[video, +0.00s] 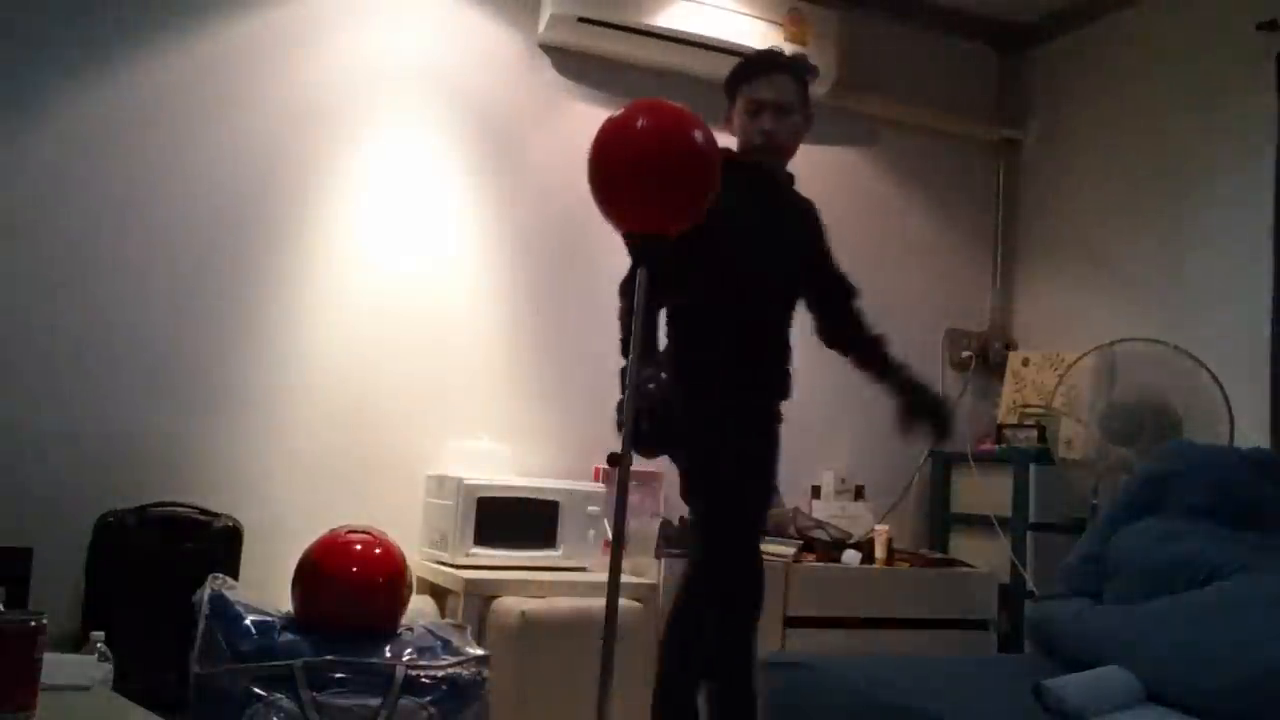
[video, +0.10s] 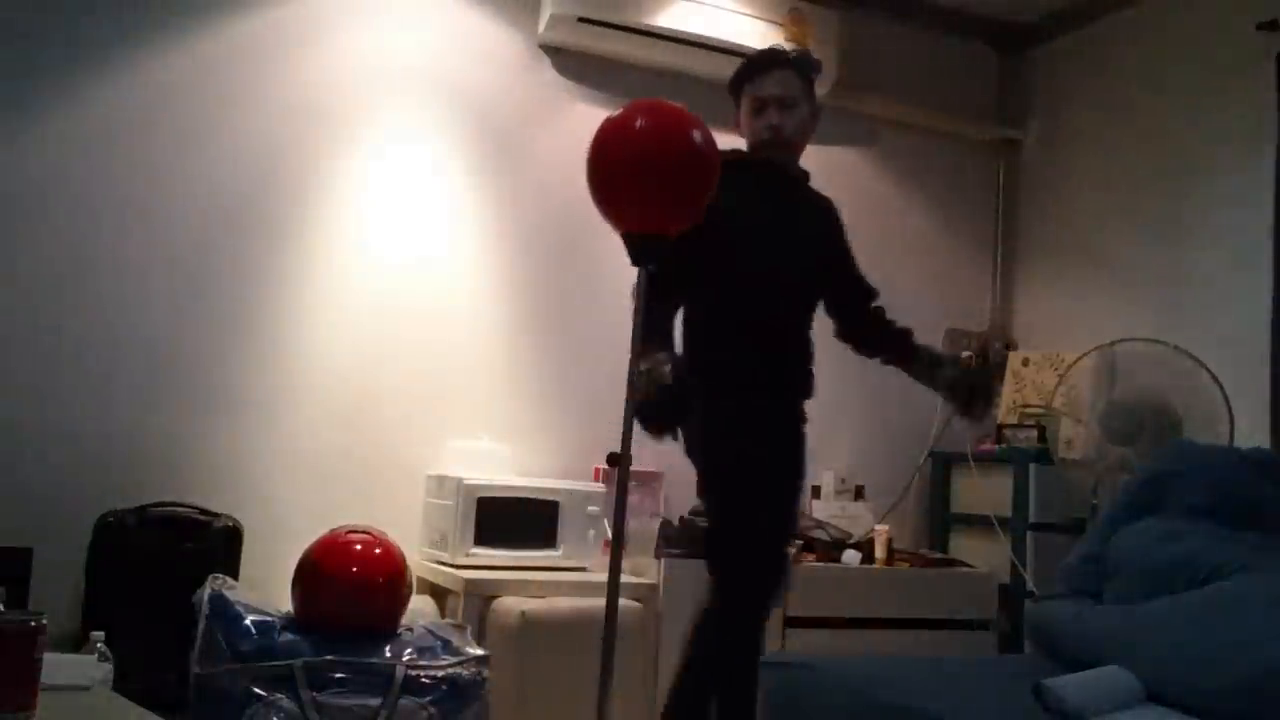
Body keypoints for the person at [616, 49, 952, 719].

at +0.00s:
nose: (770, 125)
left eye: (786, 113)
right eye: (756, 109)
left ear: (806, 126)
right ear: (731, 115)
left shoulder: (797, 215)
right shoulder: (692, 189)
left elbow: (837, 319)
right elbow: (642, 288)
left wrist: (904, 385)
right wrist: (640, 374)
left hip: (754, 405)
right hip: (690, 397)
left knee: (718, 571)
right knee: (736, 576)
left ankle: (673, 705)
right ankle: (732, 709)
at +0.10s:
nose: (773, 119)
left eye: (789, 107)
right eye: (759, 105)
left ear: (812, 120)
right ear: (738, 115)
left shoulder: (814, 213)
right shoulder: (702, 187)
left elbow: (858, 319)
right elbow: (661, 282)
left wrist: (940, 371)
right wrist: (652, 358)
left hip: (777, 400)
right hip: (709, 391)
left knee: (753, 575)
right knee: (746, 575)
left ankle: (706, 712)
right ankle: (701, 713)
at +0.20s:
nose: (775, 115)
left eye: (790, 101)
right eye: (761, 104)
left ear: (818, 113)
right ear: (744, 117)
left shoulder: (830, 209)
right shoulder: (719, 188)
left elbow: (868, 314)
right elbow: (674, 285)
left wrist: (938, 354)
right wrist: (671, 336)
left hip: (801, 409)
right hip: (733, 406)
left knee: (832, 586)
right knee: (746, 590)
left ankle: (737, 659)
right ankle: (731, 709)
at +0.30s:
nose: (786, 113)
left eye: (799, 99)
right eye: (771, 104)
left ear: (827, 107)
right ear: (754, 119)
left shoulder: (846, 202)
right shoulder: (733, 198)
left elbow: (878, 304)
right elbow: (681, 319)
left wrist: (918, 350)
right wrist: (697, 257)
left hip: (825, 414)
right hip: (750, 414)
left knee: (889, 582)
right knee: (751, 596)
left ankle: (796, 673)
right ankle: (737, 717)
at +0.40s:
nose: (794, 111)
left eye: (809, 96)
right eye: (781, 100)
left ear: (840, 105)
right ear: (768, 115)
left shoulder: (868, 198)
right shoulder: (746, 196)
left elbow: (889, 296)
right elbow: (688, 297)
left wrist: (913, 357)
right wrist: (673, 231)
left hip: (854, 414)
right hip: (772, 415)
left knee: (911, 580)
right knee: (760, 592)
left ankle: (851, 707)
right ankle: (743, 717)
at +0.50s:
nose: (812, 113)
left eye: (826, 98)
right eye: (800, 102)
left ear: (859, 106)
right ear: (788, 116)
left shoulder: (894, 197)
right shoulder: (772, 191)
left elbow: (916, 299)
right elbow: (705, 263)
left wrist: (934, 377)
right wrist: (695, 204)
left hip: (876, 409)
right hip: (792, 411)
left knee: (915, 566)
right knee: (772, 576)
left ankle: (936, 709)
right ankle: (747, 711)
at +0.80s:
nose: (908, 117)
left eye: (923, 101)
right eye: (893, 106)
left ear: (954, 108)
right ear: (878, 120)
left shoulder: (989, 201)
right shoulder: (857, 198)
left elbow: (1024, 293)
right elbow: (773, 268)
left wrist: (1033, 359)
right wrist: (742, 241)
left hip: (960, 412)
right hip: (870, 413)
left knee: (964, 586)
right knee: (831, 579)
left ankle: (971, 707)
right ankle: (805, 705)